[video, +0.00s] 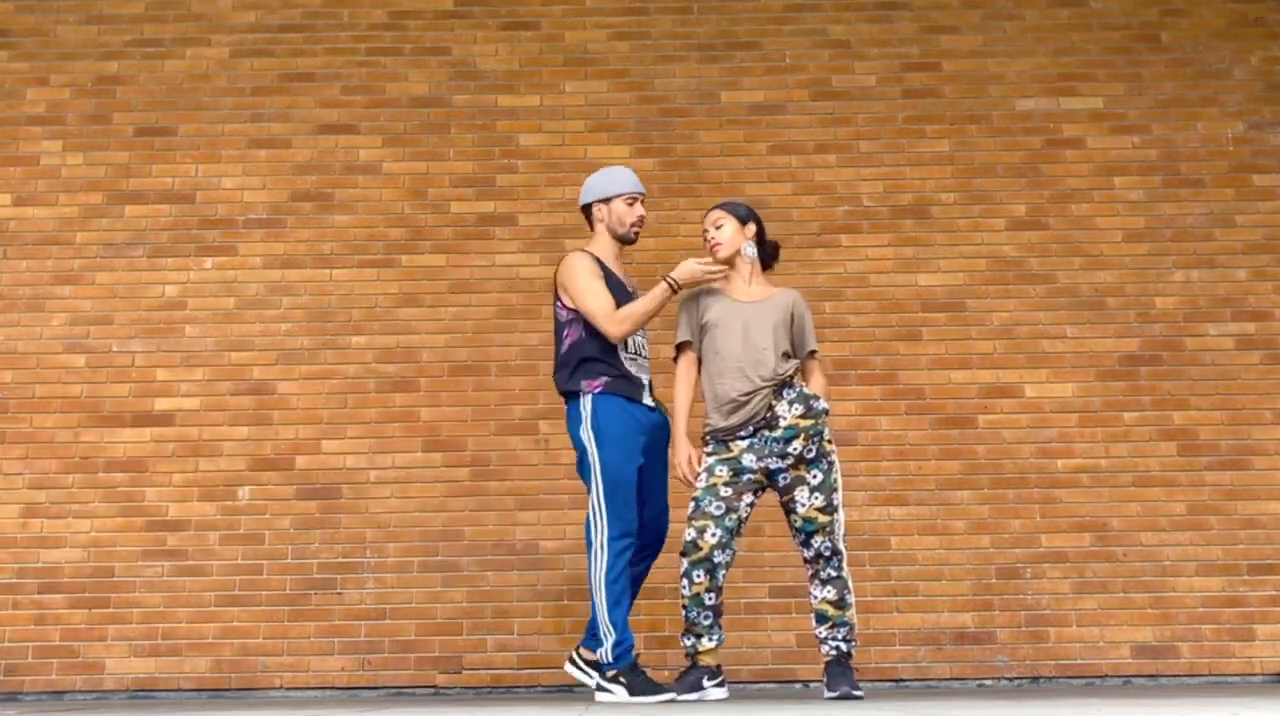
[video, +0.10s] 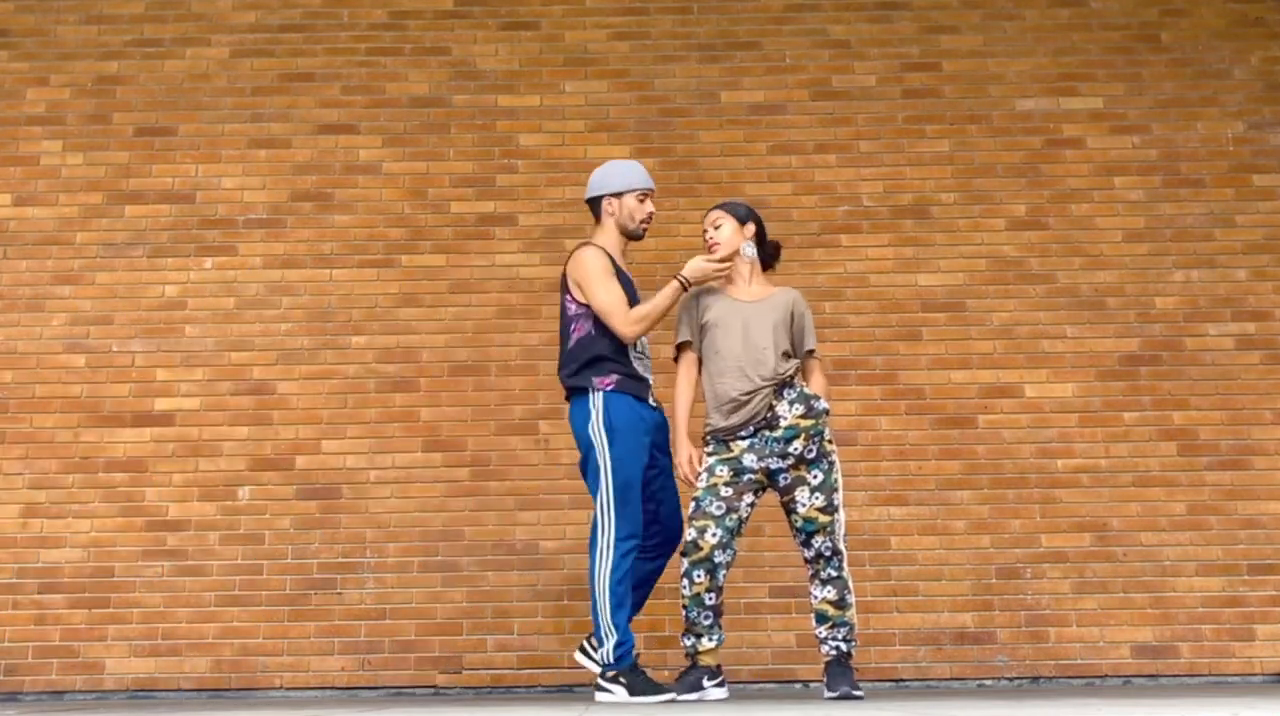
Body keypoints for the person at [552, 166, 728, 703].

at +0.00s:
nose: (640, 212)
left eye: (641, 204)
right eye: (629, 202)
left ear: (630, 214)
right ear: (597, 211)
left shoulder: (622, 282)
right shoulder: (576, 264)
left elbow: (629, 366)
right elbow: (613, 325)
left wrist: (657, 410)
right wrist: (672, 282)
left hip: (643, 413)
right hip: (603, 409)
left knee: (651, 531)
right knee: (617, 530)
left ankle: (593, 651)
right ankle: (617, 662)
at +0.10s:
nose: (651, 209)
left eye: (651, 200)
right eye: (641, 199)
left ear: (626, 207)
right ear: (608, 204)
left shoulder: (617, 271)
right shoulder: (587, 258)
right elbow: (626, 325)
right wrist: (682, 281)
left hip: (638, 409)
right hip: (606, 405)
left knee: (664, 527)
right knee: (619, 529)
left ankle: (604, 640)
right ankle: (616, 666)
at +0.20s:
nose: (661, 207)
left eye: (660, 197)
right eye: (652, 197)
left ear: (626, 203)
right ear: (621, 199)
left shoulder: (615, 260)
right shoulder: (597, 253)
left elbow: (628, 339)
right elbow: (632, 325)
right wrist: (683, 276)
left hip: (635, 403)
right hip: (611, 401)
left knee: (662, 526)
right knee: (624, 526)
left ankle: (633, 653)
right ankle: (619, 662)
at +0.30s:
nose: (666, 208)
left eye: (666, 198)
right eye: (659, 197)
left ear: (630, 201)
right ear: (628, 198)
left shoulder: (618, 255)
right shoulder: (604, 250)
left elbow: (636, 331)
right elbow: (636, 327)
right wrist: (681, 276)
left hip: (632, 401)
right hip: (613, 401)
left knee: (652, 531)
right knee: (623, 529)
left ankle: (663, 660)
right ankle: (617, 667)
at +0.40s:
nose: (672, 207)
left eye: (672, 197)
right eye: (664, 196)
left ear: (636, 199)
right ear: (634, 196)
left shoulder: (624, 253)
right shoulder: (608, 249)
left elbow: (635, 333)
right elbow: (637, 327)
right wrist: (679, 274)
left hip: (630, 403)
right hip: (611, 403)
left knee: (654, 531)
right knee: (621, 531)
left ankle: (678, 659)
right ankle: (617, 667)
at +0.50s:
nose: (677, 208)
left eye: (678, 198)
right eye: (669, 197)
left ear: (642, 200)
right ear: (639, 196)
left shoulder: (628, 254)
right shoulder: (609, 249)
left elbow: (629, 338)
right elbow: (637, 329)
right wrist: (678, 274)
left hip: (636, 404)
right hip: (609, 403)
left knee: (664, 527)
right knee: (618, 531)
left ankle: (675, 657)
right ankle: (616, 666)